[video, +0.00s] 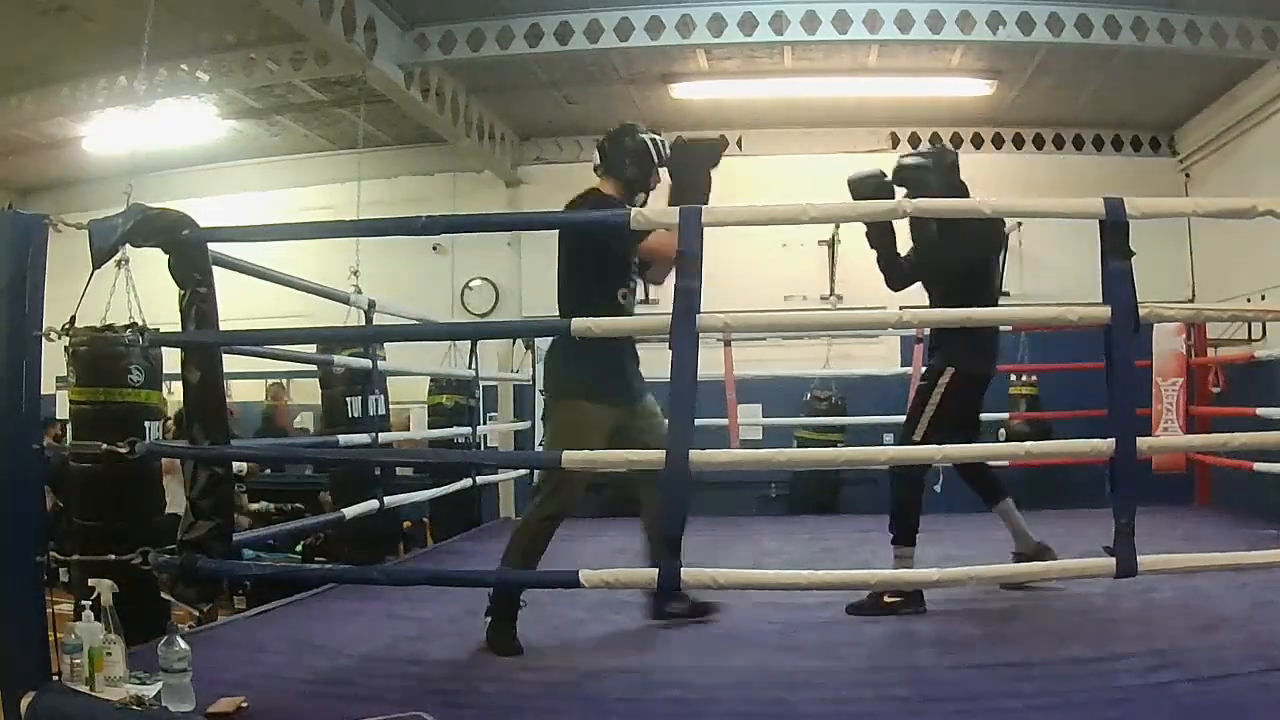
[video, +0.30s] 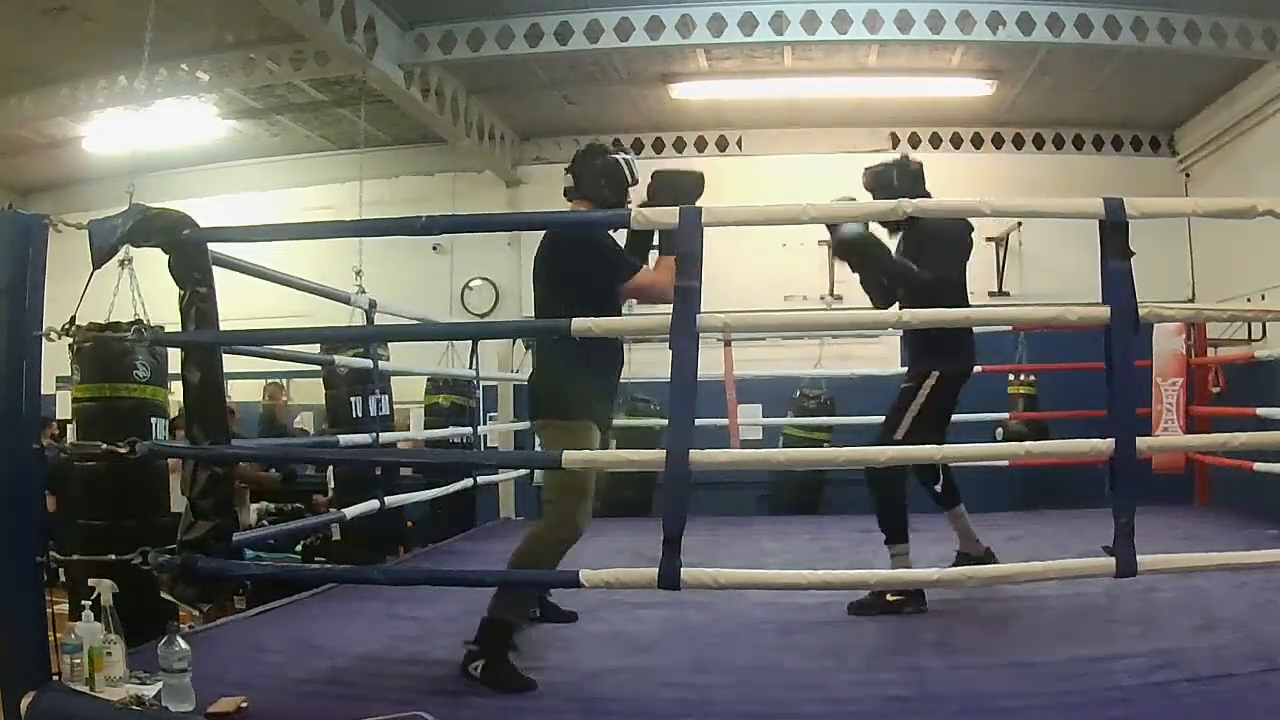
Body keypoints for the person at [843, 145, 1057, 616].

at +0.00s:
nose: (907, 202)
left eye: (912, 193)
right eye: (905, 194)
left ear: (936, 189)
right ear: (949, 186)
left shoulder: (959, 229)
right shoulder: (972, 225)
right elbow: (900, 277)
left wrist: (880, 225)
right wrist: (885, 226)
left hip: (955, 357)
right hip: (968, 356)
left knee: (906, 458)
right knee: (963, 454)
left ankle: (902, 581)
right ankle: (1028, 545)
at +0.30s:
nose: (873, 208)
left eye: (877, 199)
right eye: (871, 200)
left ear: (900, 195)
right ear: (904, 194)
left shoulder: (944, 226)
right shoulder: (909, 235)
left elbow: (935, 290)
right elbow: (884, 297)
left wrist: (873, 251)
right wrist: (855, 245)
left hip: (943, 361)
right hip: (930, 360)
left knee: (884, 460)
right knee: (926, 456)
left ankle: (902, 580)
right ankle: (972, 546)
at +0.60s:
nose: (867, 182)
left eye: (872, 171)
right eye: (864, 173)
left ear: (897, 164)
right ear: (883, 168)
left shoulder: (934, 198)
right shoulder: (894, 208)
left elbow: (972, 263)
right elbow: (884, 275)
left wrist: (914, 288)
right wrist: (848, 234)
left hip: (914, 330)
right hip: (898, 329)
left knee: (879, 439)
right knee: (916, 434)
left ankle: (890, 564)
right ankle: (951, 537)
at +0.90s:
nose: (855, 211)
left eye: (861, 202)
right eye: (854, 203)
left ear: (884, 197)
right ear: (883, 199)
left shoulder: (926, 230)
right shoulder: (885, 238)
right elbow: (853, 297)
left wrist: (876, 242)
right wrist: (830, 249)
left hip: (931, 356)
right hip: (910, 356)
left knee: (883, 451)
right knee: (880, 445)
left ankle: (893, 583)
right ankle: (929, 537)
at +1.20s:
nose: (877, 215)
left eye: (882, 206)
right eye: (873, 207)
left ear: (906, 201)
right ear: (879, 206)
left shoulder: (945, 230)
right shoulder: (891, 243)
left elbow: (971, 291)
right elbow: (869, 300)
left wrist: (921, 245)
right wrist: (848, 251)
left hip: (948, 356)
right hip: (920, 358)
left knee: (912, 450)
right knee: (926, 450)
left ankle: (911, 577)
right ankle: (952, 545)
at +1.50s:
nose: (898, 230)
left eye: (907, 222)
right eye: (895, 224)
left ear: (932, 225)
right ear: (896, 231)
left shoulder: (968, 257)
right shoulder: (906, 278)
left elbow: (1026, 298)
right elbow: (868, 300)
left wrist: (970, 285)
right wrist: (836, 274)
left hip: (974, 382)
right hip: (952, 384)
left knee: (897, 457)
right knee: (984, 474)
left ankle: (907, 573)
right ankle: (1048, 545)